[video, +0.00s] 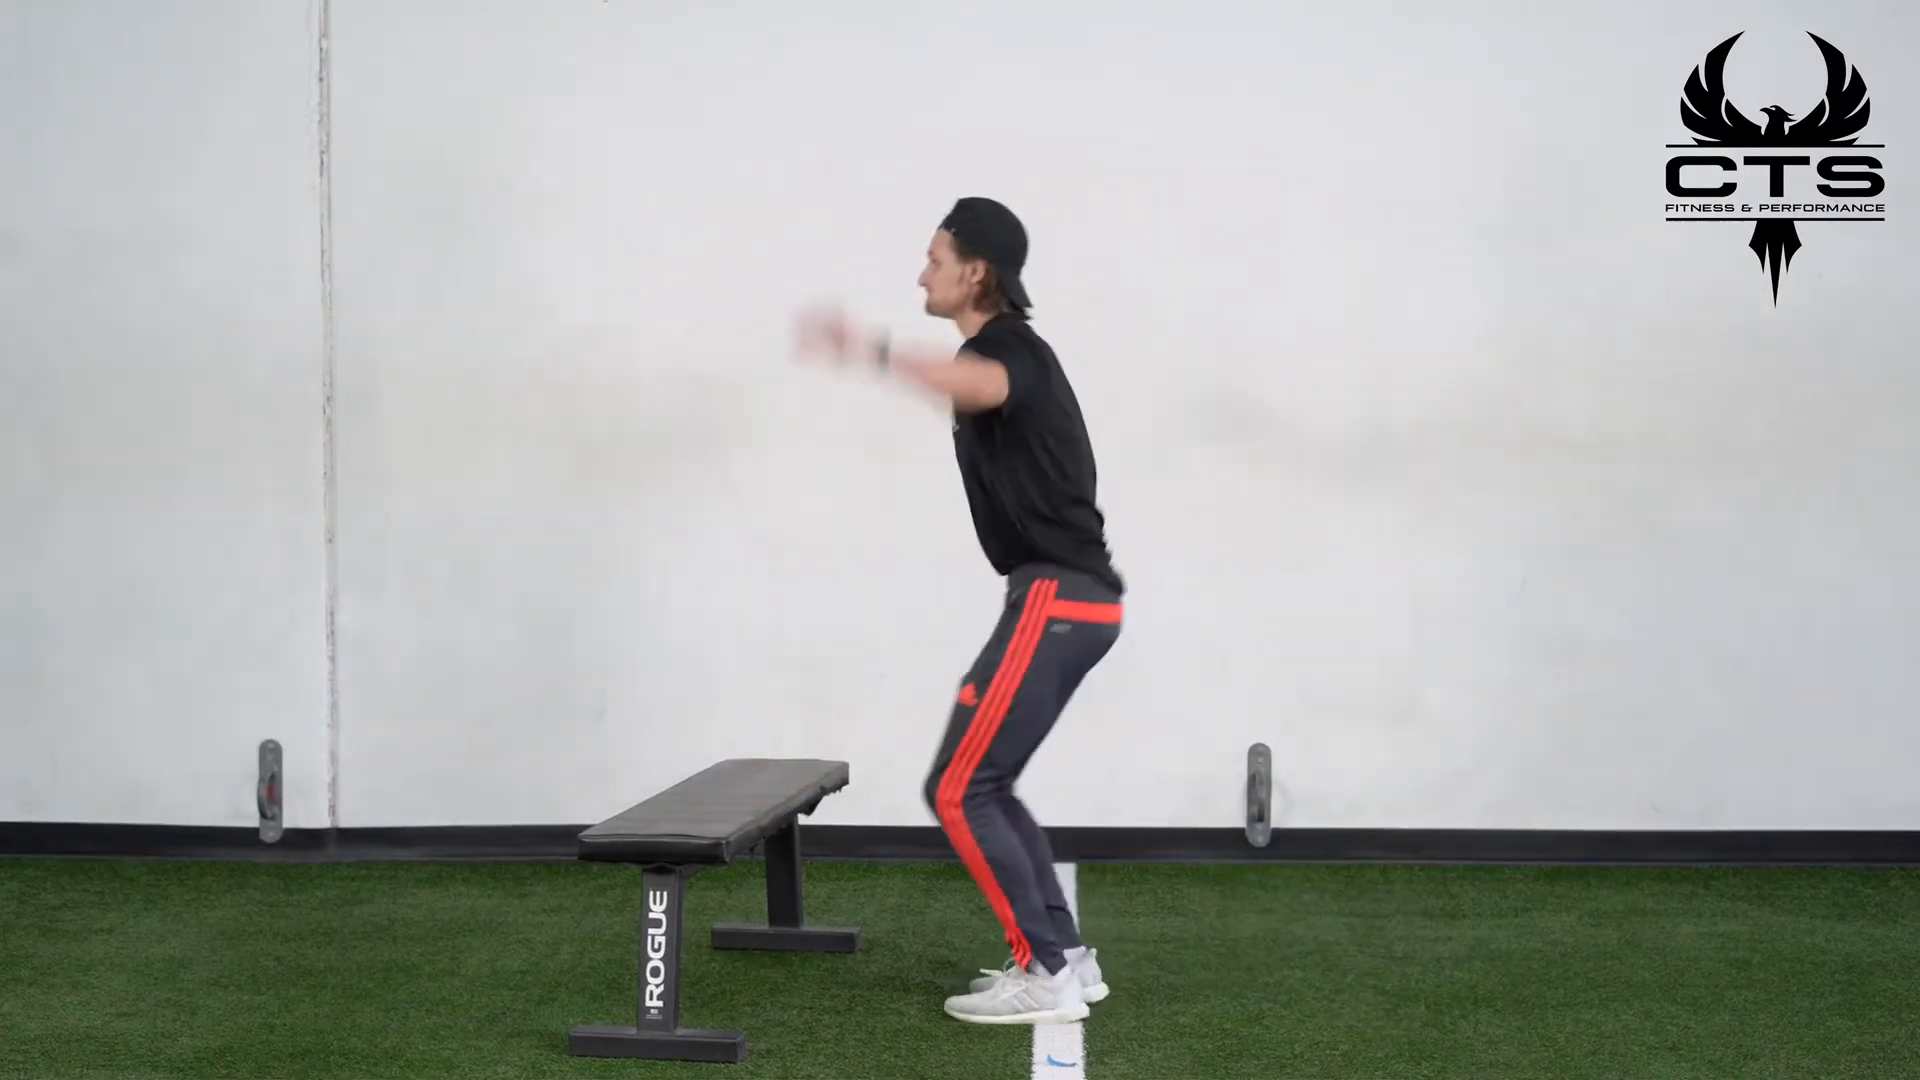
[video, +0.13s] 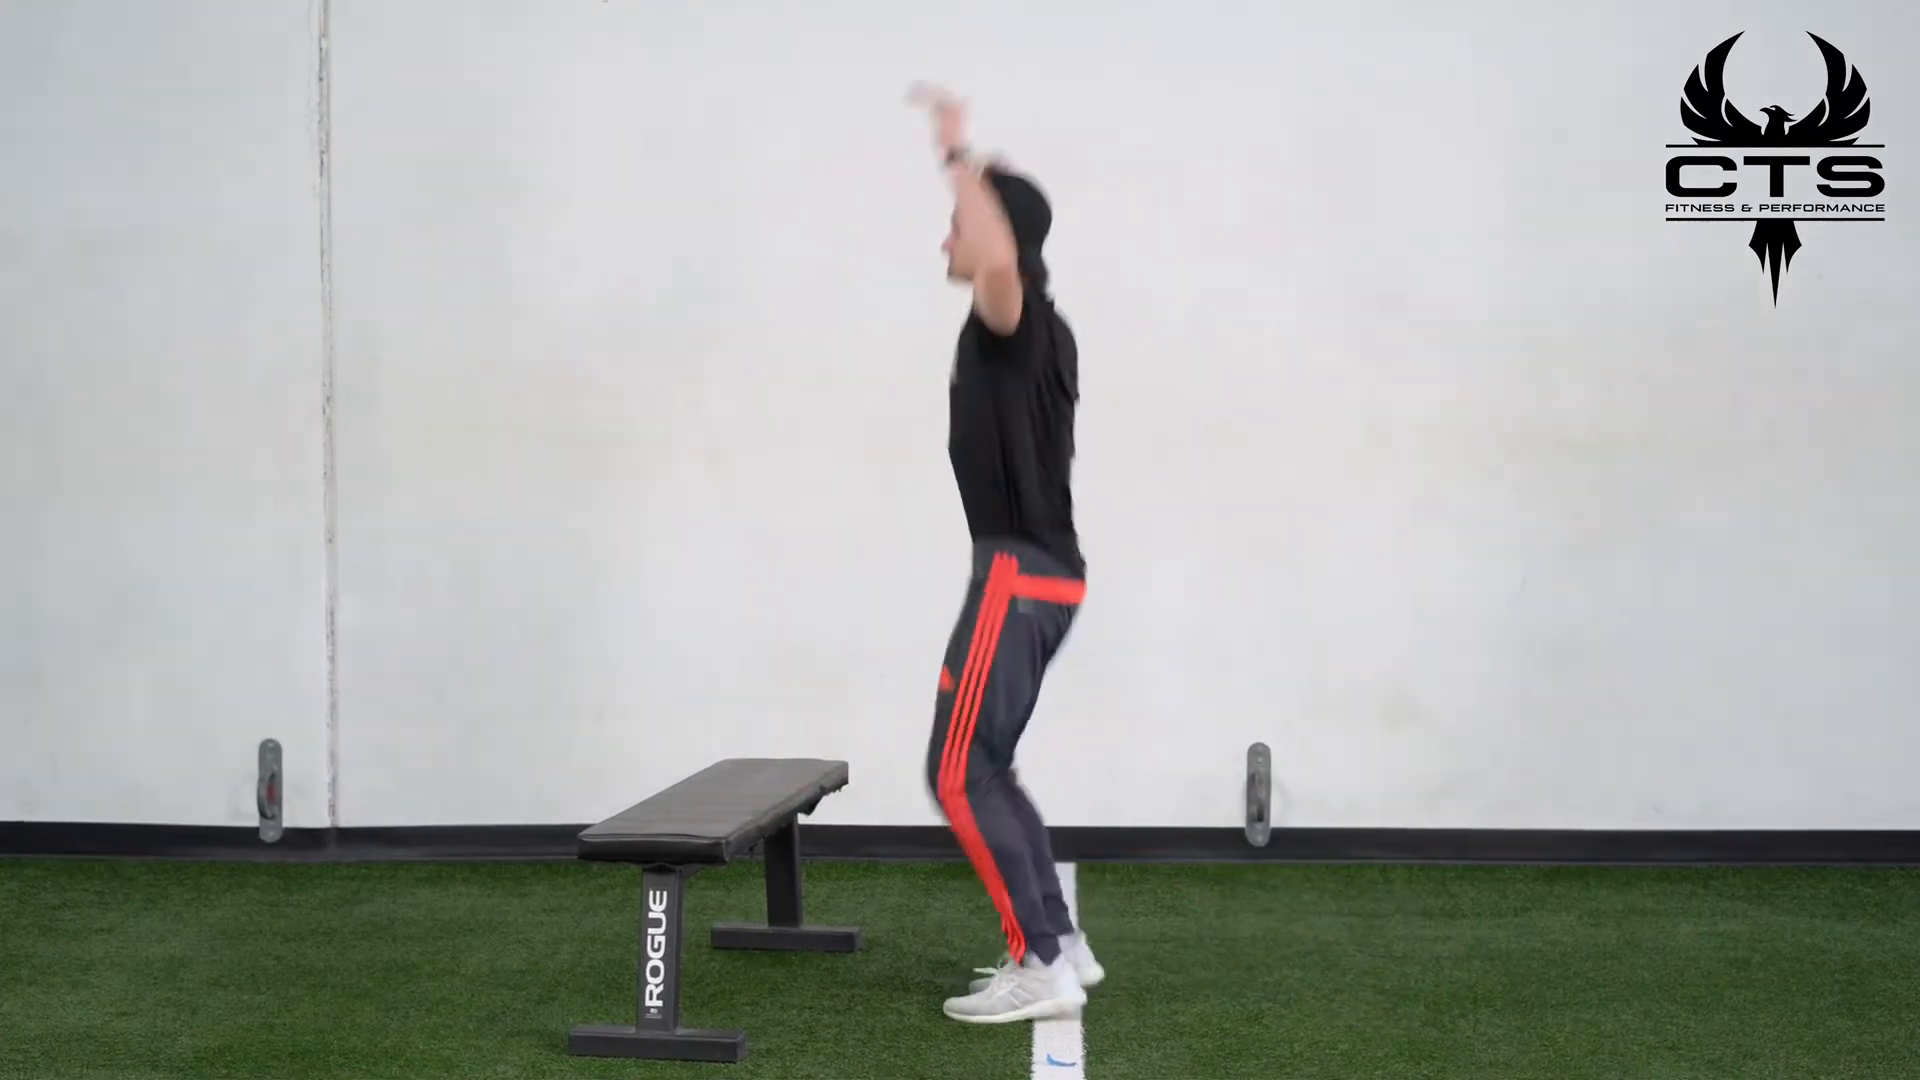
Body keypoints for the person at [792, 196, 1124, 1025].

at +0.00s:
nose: (924, 270)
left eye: (936, 259)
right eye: (928, 257)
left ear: (977, 271)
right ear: (982, 273)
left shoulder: (1008, 345)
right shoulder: (1003, 348)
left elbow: (982, 386)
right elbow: (970, 389)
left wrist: (874, 353)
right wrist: (879, 359)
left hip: (1060, 595)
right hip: (1062, 592)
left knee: (959, 788)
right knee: (979, 783)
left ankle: (1047, 968)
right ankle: (1062, 956)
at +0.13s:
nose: (947, 235)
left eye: (962, 221)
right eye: (952, 218)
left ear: (1001, 238)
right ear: (1016, 240)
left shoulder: (1013, 322)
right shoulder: (1031, 327)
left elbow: (996, 252)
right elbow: (999, 240)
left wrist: (958, 157)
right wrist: (972, 169)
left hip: (1019, 573)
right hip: (1033, 571)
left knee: (959, 768)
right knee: (980, 766)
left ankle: (1044, 961)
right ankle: (1054, 942)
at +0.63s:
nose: (930, 239)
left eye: (941, 223)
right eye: (934, 223)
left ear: (983, 228)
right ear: (989, 231)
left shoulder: (1001, 314)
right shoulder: (1030, 311)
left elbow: (1067, 374)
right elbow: (1089, 346)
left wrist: (1021, 282)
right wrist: (1050, 254)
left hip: (1013, 569)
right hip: (1028, 569)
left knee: (987, 768)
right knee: (1001, 766)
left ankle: (1056, 965)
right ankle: (1055, 953)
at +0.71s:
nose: (911, 253)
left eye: (918, 236)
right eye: (910, 237)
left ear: (959, 233)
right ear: (967, 234)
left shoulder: (1001, 314)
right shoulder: (1025, 309)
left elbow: (1065, 424)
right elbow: (1091, 403)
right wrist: (1074, 377)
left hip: (1023, 560)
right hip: (1039, 560)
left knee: (1003, 760)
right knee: (1018, 759)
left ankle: (1060, 962)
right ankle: (1056, 950)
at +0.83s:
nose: (880, 282)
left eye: (883, 263)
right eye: (877, 265)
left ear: (923, 251)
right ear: (931, 252)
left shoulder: (984, 334)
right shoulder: (990, 326)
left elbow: (1037, 469)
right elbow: (1042, 466)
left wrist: (1032, 589)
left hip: (1049, 571)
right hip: (1056, 567)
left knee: (1021, 764)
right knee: (1040, 764)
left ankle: (1062, 966)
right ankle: (1062, 954)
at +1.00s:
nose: (825, 361)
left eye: (829, 342)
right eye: (822, 344)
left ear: (871, 332)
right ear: (882, 334)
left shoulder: (932, 404)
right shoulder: (960, 392)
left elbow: (964, 553)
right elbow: (1006, 551)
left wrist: (914, 678)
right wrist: (975, 665)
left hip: (1090, 566)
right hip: (1116, 562)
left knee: (1032, 769)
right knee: (1065, 771)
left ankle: (1063, 969)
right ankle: (1068, 958)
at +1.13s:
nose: (801, 446)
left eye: (804, 426)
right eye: (797, 430)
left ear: (846, 414)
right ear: (859, 415)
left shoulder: (907, 479)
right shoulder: (937, 466)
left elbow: (890, 638)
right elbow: (943, 627)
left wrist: (817, 742)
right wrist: (872, 721)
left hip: (1105, 579)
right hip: (1132, 572)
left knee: (1017, 769)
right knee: (1059, 774)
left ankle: (1059, 967)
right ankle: (1068, 958)